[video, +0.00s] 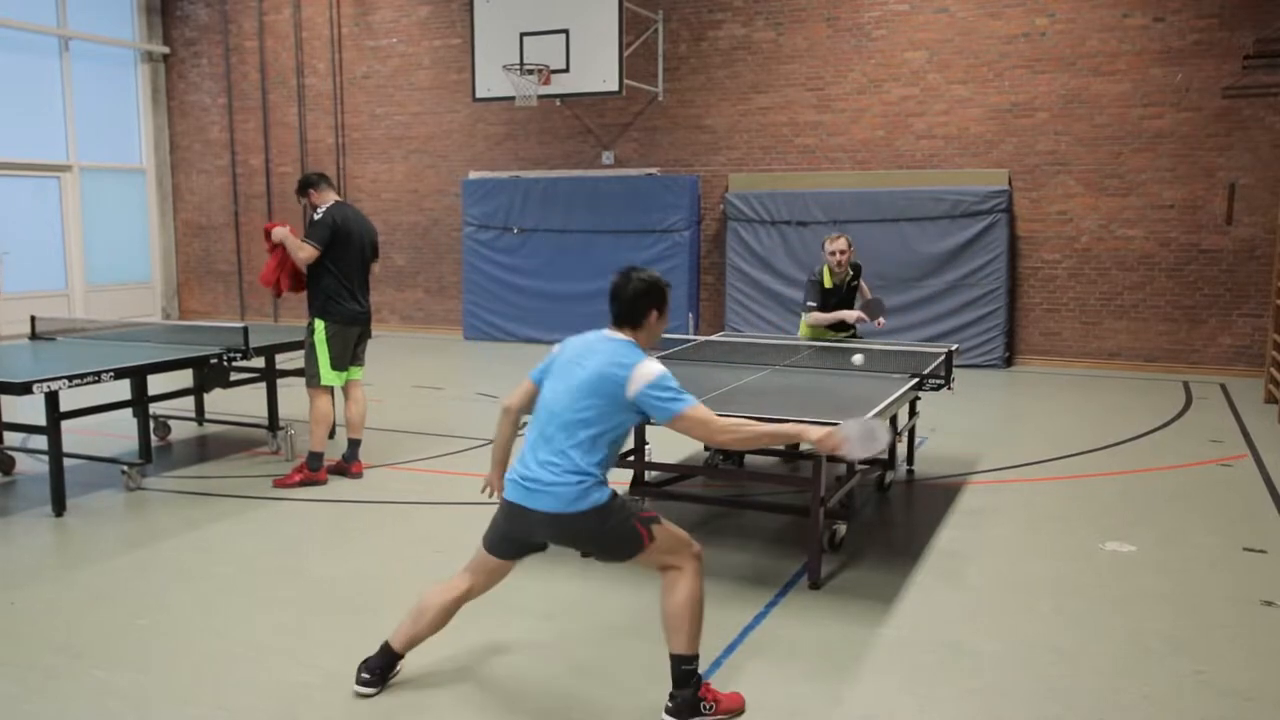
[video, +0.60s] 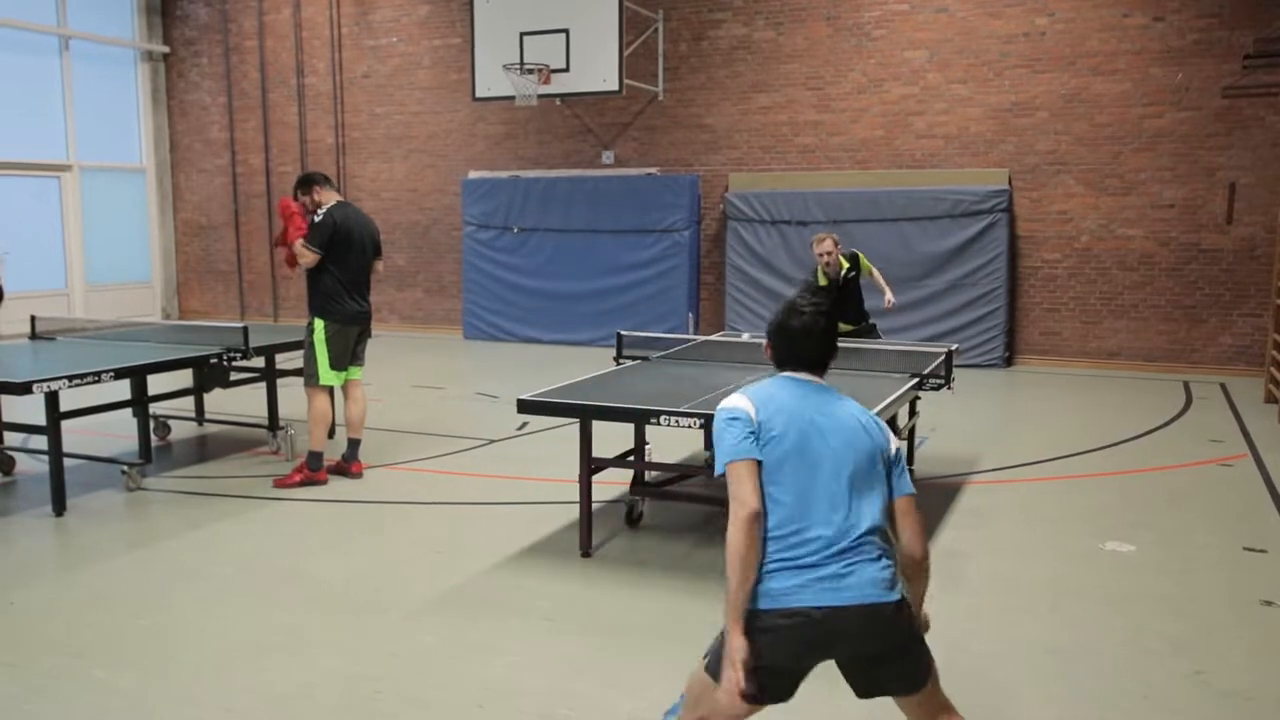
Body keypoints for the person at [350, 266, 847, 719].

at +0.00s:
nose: (667, 325)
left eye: (664, 315)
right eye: (666, 316)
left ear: (616, 313)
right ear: (650, 318)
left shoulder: (569, 348)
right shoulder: (640, 370)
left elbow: (513, 408)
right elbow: (717, 432)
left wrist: (497, 469)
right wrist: (803, 434)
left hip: (522, 498)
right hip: (579, 505)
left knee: (466, 581)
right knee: (682, 555)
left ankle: (380, 662)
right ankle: (686, 693)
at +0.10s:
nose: (728, 343)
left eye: (720, 335)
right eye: (726, 337)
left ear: (672, 335)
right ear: (715, 344)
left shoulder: (624, 363)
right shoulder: (717, 397)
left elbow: (555, 411)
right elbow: (803, 422)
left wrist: (518, 462)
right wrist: (857, 380)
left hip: (556, 511)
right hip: (619, 527)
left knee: (475, 590)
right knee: (718, 563)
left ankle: (391, 662)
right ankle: (691, 697)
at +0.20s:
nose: (773, 345)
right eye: (774, 338)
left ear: (719, 325)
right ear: (768, 341)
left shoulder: (671, 350)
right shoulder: (768, 391)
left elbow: (590, 388)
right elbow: (840, 409)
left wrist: (540, 432)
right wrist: (870, 364)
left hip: (598, 500)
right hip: (665, 526)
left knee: (531, 589)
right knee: (735, 568)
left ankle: (439, 683)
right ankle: (693, 693)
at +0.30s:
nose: (809, 317)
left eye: (808, 309)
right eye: (808, 310)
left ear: (747, 301)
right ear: (799, 315)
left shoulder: (695, 333)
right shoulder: (797, 367)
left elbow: (601, 357)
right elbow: (863, 437)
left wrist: (552, 414)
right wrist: (899, 420)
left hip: (642, 494)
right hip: (713, 508)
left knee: (605, 601)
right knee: (763, 572)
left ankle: (551, 707)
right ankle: (730, 689)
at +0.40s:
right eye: (832, 307)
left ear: (769, 296)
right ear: (825, 315)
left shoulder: (718, 329)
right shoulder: (836, 378)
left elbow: (628, 340)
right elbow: (894, 479)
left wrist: (575, 424)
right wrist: (913, 474)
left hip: (687, 517)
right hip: (768, 522)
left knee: (658, 651)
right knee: (831, 596)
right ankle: (831, 710)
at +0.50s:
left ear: (781, 317)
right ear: (843, 330)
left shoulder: (737, 362)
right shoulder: (863, 400)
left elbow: (699, 425)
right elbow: (911, 522)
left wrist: (656, 532)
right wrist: (916, 549)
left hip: (746, 574)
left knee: (688, 712)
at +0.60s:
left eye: (764, 338)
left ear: (767, 348)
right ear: (831, 355)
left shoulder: (742, 406)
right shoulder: (873, 426)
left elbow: (748, 512)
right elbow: (914, 551)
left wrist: (734, 628)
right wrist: (913, 610)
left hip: (779, 619)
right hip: (874, 615)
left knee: (696, 714)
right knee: (937, 711)